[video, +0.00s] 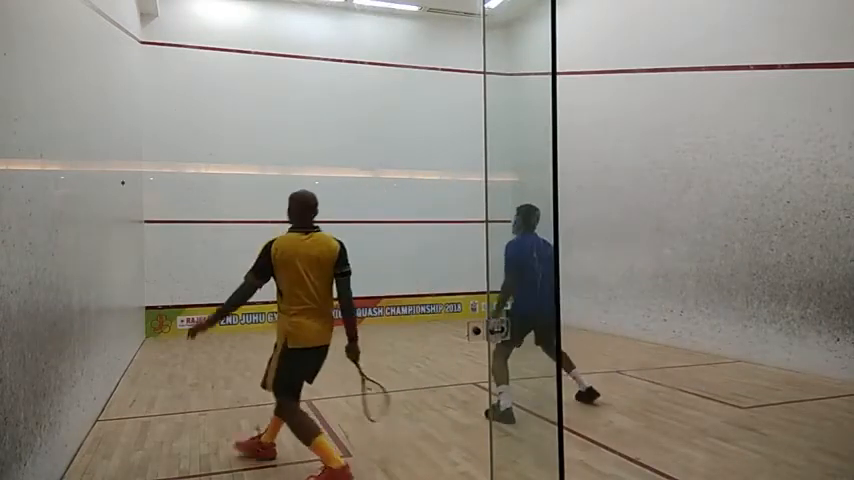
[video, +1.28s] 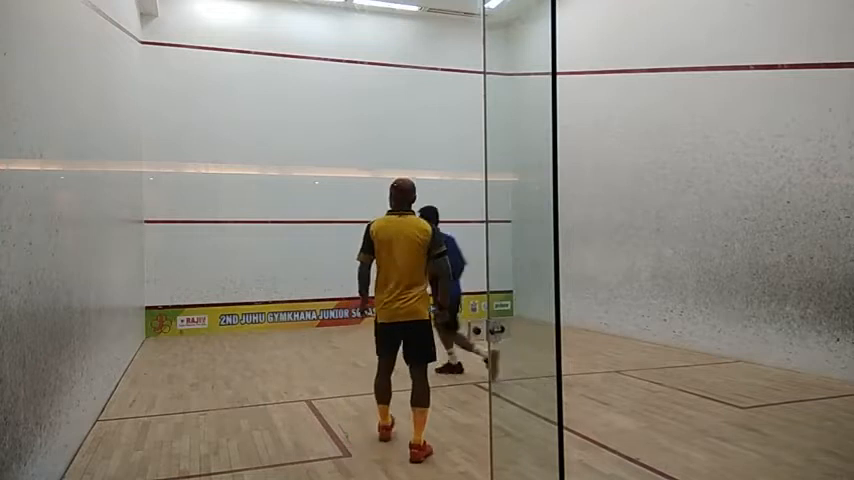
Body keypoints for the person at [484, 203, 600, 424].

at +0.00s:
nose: (512, 221)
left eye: (515, 218)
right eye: (514, 217)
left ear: (521, 221)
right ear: (535, 222)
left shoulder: (514, 246)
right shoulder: (547, 247)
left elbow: (510, 282)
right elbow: (553, 280)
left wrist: (497, 312)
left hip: (523, 310)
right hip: (548, 310)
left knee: (499, 355)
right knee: (549, 345)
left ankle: (504, 406)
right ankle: (584, 386)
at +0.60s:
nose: (496, 215)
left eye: (497, 212)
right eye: (498, 212)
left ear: (499, 214)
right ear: (516, 213)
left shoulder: (493, 237)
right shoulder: (531, 236)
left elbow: (491, 270)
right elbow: (542, 269)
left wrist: (490, 290)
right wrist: (553, 293)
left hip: (506, 298)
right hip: (531, 298)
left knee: (496, 334)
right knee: (537, 339)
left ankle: (507, 374)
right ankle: (552, 384)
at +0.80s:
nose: (479, 215)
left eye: (479, 212)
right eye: (481, 211)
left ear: (479, 212)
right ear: (496, 211)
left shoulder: (477, 233)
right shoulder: (511, 232)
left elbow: (484, 258)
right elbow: (520, 264)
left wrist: (479, 279)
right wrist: (525, 290)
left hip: (496, 293)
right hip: (518, 291)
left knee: (497, 333)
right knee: (527, 331)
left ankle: (513, 371)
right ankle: (545, 368)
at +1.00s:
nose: (457, 221)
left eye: (457, 218)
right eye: (458, 218)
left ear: (458, 219)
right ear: (474, 217)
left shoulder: (459, 240)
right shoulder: (488, 235)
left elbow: (462, 269)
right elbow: (505, 262)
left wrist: (454, 281)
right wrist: (501, 285)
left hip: (480, 295)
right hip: (497, 292)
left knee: (490, 338)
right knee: (502, 330)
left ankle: (514, 370)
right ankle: (525, 355)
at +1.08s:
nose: (445, 218)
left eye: (445, 215)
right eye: (447, 215)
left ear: (446, 216)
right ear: (463, 214)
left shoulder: (447, 235)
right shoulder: (476, 231)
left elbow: (448, 263)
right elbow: (492, 254)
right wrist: (490, 278)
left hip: (465, 287)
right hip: (484, 285)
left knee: (480, 325)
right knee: (487, 323)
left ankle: (503, 363)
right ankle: (498, 361)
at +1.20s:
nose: (432, 215)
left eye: (433, 212)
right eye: (433, 212)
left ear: (435, 213)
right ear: (450, 213)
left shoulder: (435, 233)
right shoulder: (462, 230)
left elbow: (440, 261)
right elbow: (479, 252)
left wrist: (428, 271)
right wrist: (475, 272)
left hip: (453, 287)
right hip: (469, 285)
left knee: (467, 325)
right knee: (464, 322)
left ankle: (501, 360)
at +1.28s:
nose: (422, 224)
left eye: (423, 221)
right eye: (422, 221)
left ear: (426, 221)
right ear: (437, 221)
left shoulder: (425, 243)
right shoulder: (447, 240)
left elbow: (458, 263)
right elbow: (460, 263)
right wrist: (451, 280)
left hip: (442, 291)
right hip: (450, 289)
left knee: (447, 329)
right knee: (441, 326)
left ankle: (485, 354)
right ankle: (452, 361)